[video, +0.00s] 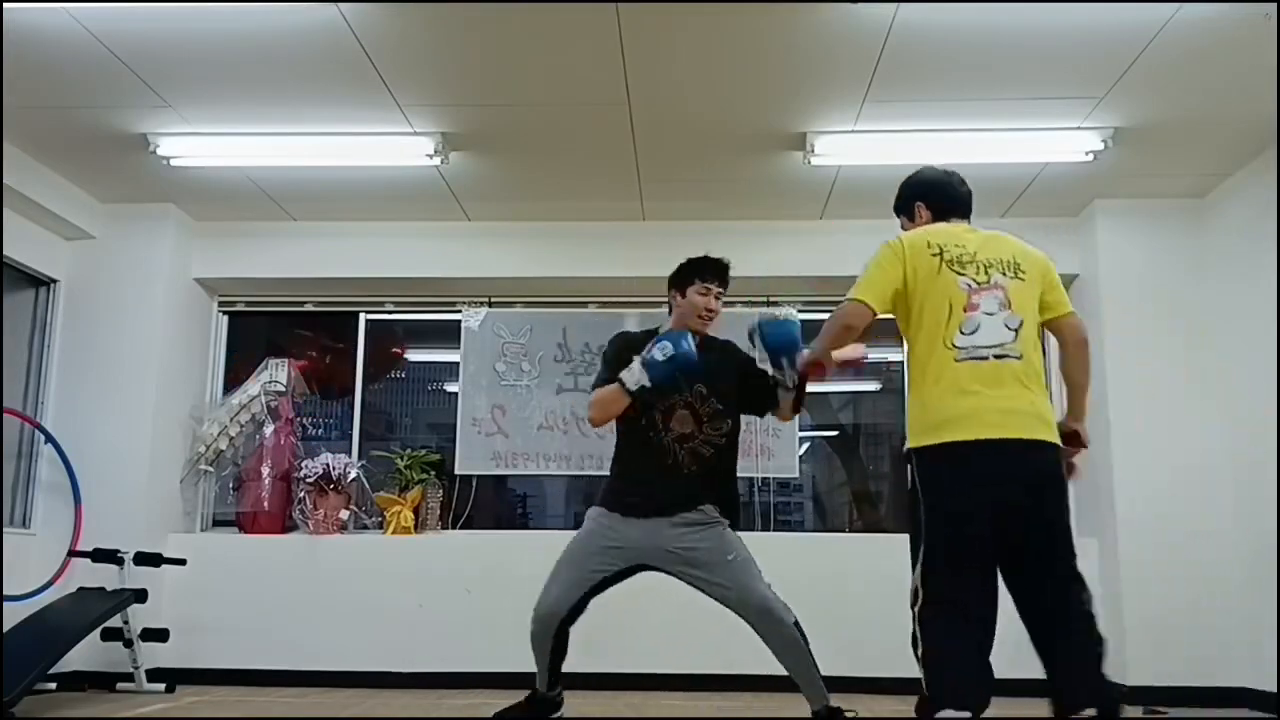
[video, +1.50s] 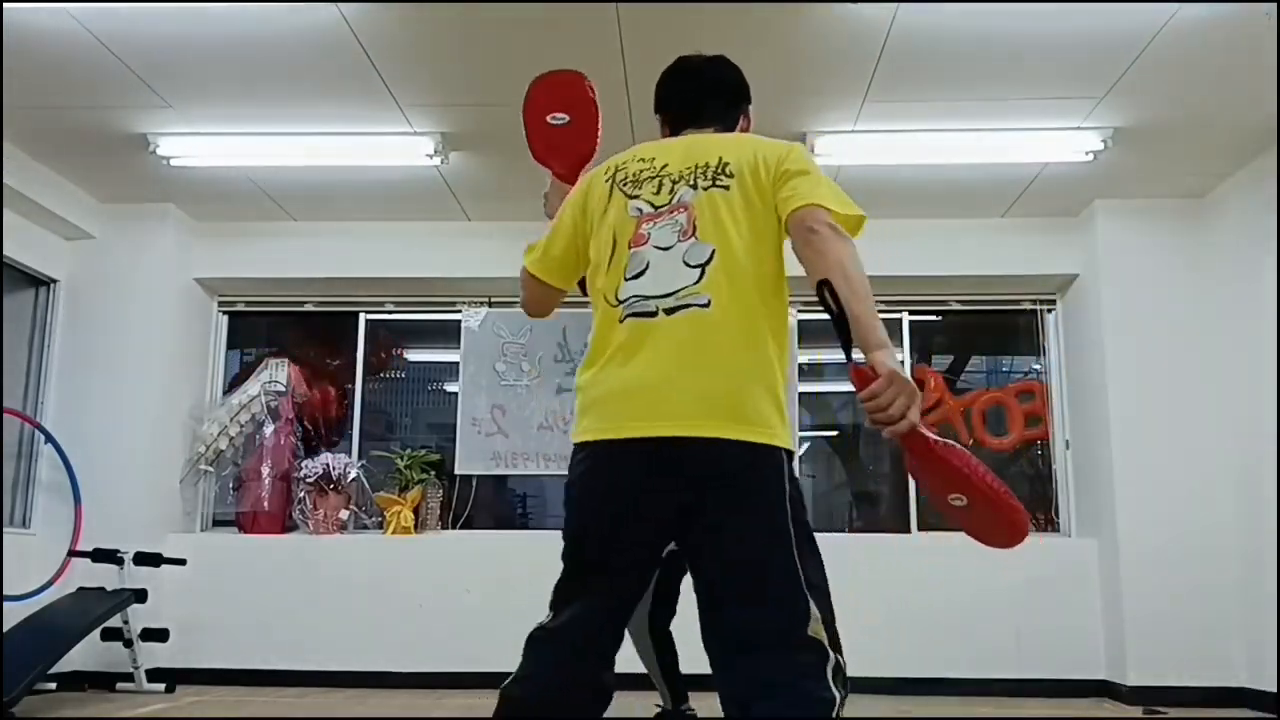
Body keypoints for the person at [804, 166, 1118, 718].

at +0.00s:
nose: (902, 229)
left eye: (901, 221)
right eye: (901, 222)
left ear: (920, 212)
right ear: (966, 213)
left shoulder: (906, 249)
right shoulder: (1027, 255)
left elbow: (853, 320)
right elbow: (1074, 335)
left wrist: (816, 356)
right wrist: (1075, 419)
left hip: (950, 449)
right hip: (1032, 447)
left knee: (952, 587)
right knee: (1052, 581)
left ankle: (955, 706)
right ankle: (1087, 702)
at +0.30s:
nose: (805, 276)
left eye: (805, 261)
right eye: (801, 264)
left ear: (832, 248)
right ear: (861, 247)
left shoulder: (836, 297)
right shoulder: (939, 297)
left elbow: (820, 404)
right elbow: (978, 391)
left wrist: (799, 472)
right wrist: (994, 477)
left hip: (863, 490)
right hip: (939, 498)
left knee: (784, 598)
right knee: (916, 630)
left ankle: (725, 705)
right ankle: (940, 713)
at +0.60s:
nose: (647, 283)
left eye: (641, 268)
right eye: (639, 271)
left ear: (658, 252)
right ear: (701, 238)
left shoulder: (701, 294)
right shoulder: (790, 271)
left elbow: (707, 406)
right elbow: (865, 340)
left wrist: (706, 458)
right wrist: (923, 416)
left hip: (790, 486)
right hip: (864, 477)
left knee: (697, 638)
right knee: (876, 639)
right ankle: (919, 712)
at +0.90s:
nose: (625, 203)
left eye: (622, 188)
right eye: (621, 190)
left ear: (637, 177)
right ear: (696, 172)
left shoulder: (642, 236)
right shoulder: (785, 217)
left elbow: (654, 360)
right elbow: (852, 312)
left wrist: (624, 399)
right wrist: (900, 405)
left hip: (722, 465)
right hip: (824, 454)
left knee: (693, 641)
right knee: (844, 613)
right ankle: (864, 697)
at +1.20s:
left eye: (685, 133)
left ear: (695, 132)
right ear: (778, 136)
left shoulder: (656, 181)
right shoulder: (832, 184)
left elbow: (596, 306)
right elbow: (887, 302)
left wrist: (580, 253)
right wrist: (929, 424)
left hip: (676, 447)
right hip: (798, 445)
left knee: (670, 642)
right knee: (794, 643)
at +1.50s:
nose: (751, 129)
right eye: (752, 121)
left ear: (662, 123)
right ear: (745, 120)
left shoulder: (603, 179)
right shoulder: (773, 157)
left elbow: (537, 299)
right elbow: (816, 231)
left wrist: (563, 217)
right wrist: (877, 349)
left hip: (614, 444)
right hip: (740, 442)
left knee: (577, 627)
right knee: (771, 647)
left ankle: (531, 708)